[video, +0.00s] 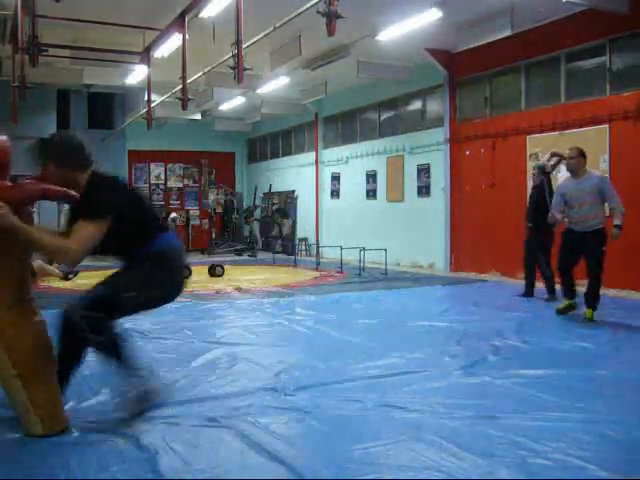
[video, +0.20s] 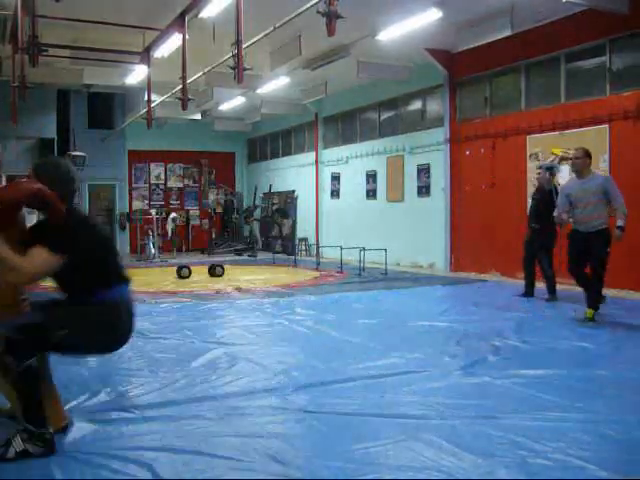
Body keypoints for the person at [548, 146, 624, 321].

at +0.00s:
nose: (568, 162)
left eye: (572, 158)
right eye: (566, 159)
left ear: (583, 160)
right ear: (565, 162)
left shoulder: (599, 181)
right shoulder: (563, 186)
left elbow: (615, 203)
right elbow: (555, 210)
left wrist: (617, 223)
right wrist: (555, 217)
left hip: (595, 230)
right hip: (573, 230)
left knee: (595, 271)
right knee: (564, 266)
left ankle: (590, 307)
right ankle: (569, 299)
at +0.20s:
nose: (572, 162)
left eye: (577, 159)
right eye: (571, 159)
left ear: (588, 161)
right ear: (570, 162)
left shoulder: (603, 181)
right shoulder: (567, 187)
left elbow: (618, 203)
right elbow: (560, 211)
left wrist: (620, 224)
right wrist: (560, 217)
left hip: (599, 230)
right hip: (578, 231)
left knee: (597, 270)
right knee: (574, 267)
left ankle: (592, 307)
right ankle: (595, 294)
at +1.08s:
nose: (590, 163)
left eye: (594, 160)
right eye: (588, 160)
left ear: (603, 162)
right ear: (586, 163)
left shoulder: (618, 180)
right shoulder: (582, 186)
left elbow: (631, 202)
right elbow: (578, 209)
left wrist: (635, 222)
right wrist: (578, 216)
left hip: (614, 228)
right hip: (594, 229)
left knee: (613, 266)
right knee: (595, 269)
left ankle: (617, 300)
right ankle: (601, 302)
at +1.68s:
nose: (609, 165)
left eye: (613, 161)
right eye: (607, 161)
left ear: (624, 162)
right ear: (605, 164)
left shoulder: (636, 180)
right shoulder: (603, 185)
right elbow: (599, 211)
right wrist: (599, 216)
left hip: (634, 229)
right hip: (613, 229)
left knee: (638, 269)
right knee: (606, 269)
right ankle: (604, 302)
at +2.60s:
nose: (635, 164)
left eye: (636, 160)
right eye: (633, 161)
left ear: (639, 163)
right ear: (631, 163)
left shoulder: (630, 186)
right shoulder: (627, 186)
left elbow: (625, 210)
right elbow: (623, 209)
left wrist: (628, 217)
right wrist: (625, 216)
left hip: (634, 228)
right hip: (633, 227)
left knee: (627, 264)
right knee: (626, 263)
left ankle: (623, 299)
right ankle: (623, 299)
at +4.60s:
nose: (634, 163)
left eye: (636, 160)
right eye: (632, 160)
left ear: (639, 162)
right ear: (630, 163)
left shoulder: (629, 186)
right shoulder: (626, 186)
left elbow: (623, 208)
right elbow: (622, 208)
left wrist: (628, 222)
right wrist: (627, 223)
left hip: (634, 229)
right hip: (632, 229)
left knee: (627, 265)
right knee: (626, 265)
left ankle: (623, 299)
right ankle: (623, 299)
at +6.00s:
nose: (634, 163)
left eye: (636, 160)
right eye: (632, 160)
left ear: (639, 163)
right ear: (630, 163)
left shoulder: (628, 186)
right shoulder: (627, 185)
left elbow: (623, 207)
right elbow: (623, 206)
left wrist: (627, 216)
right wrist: (626, 217)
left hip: (635, 229)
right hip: (634, 228)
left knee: (636, 266)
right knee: (635, 266)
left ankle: (639, 300)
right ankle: (639, 299)